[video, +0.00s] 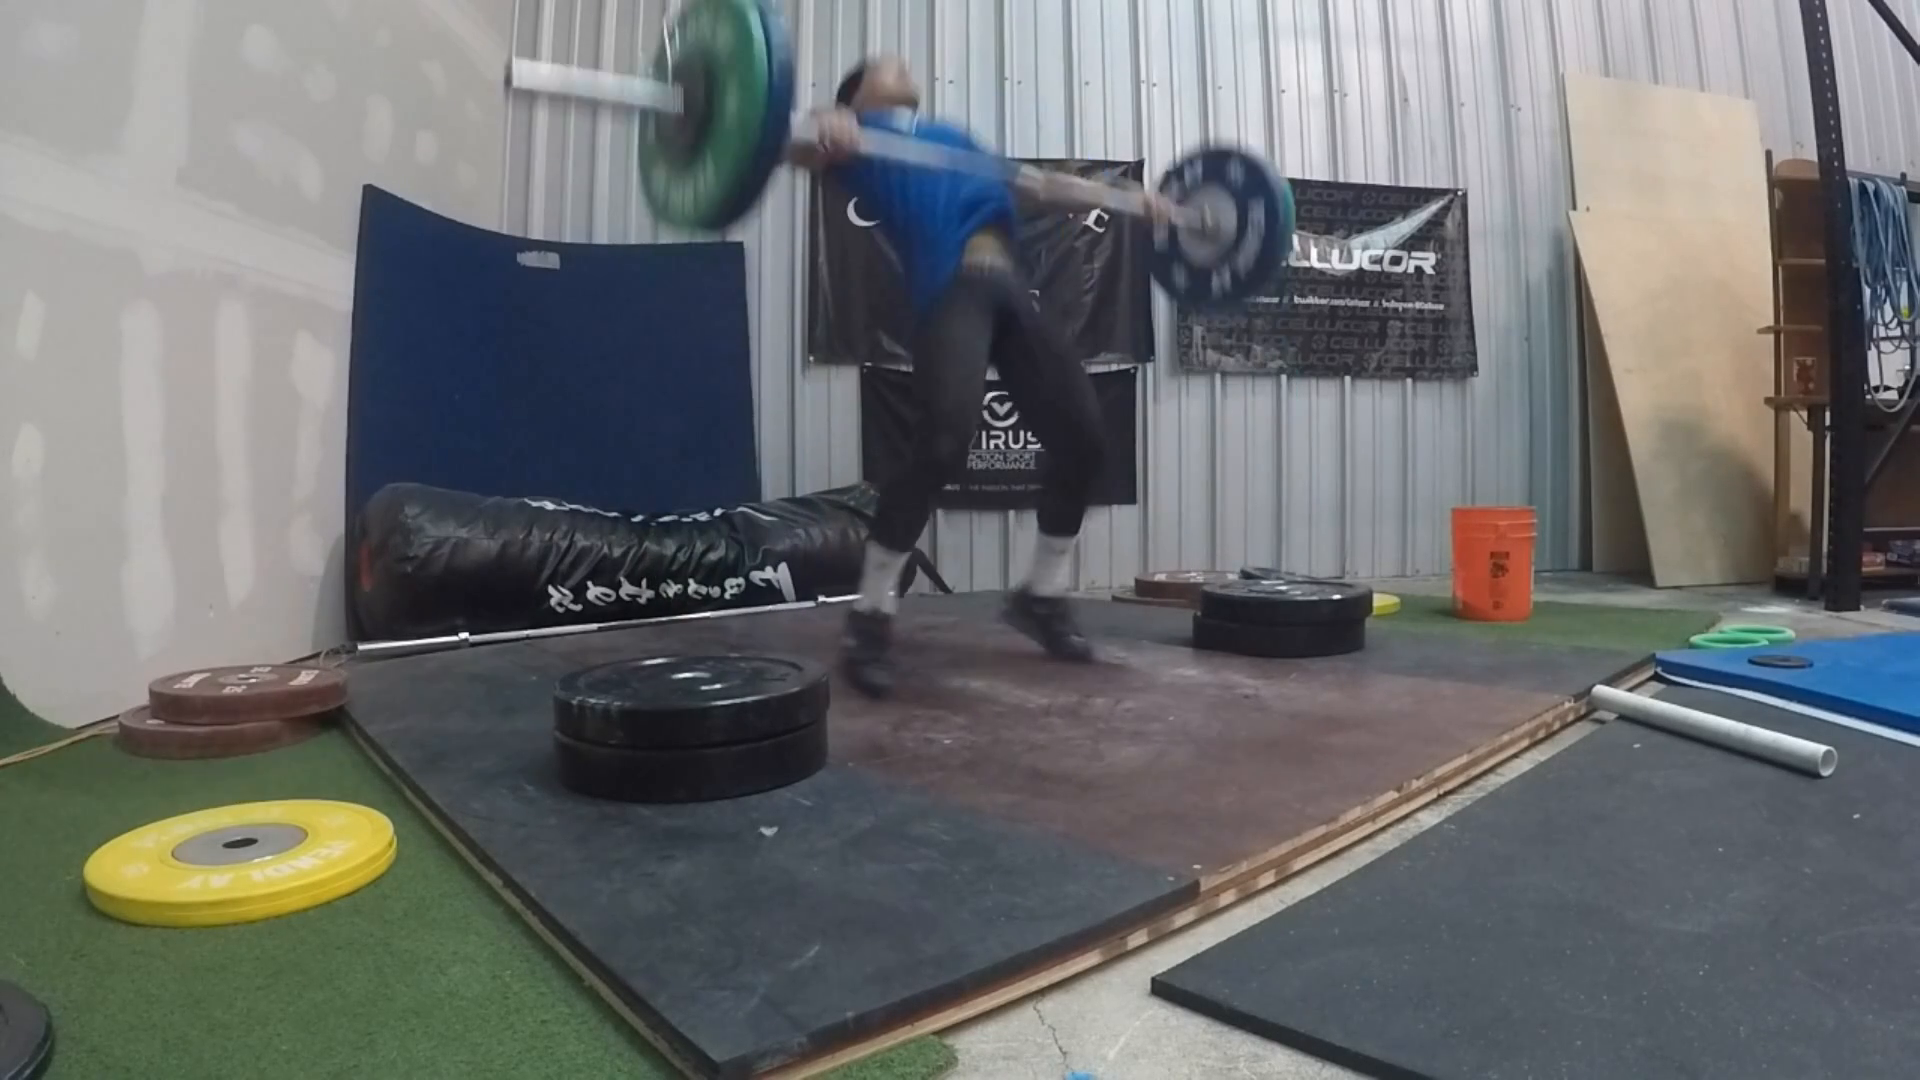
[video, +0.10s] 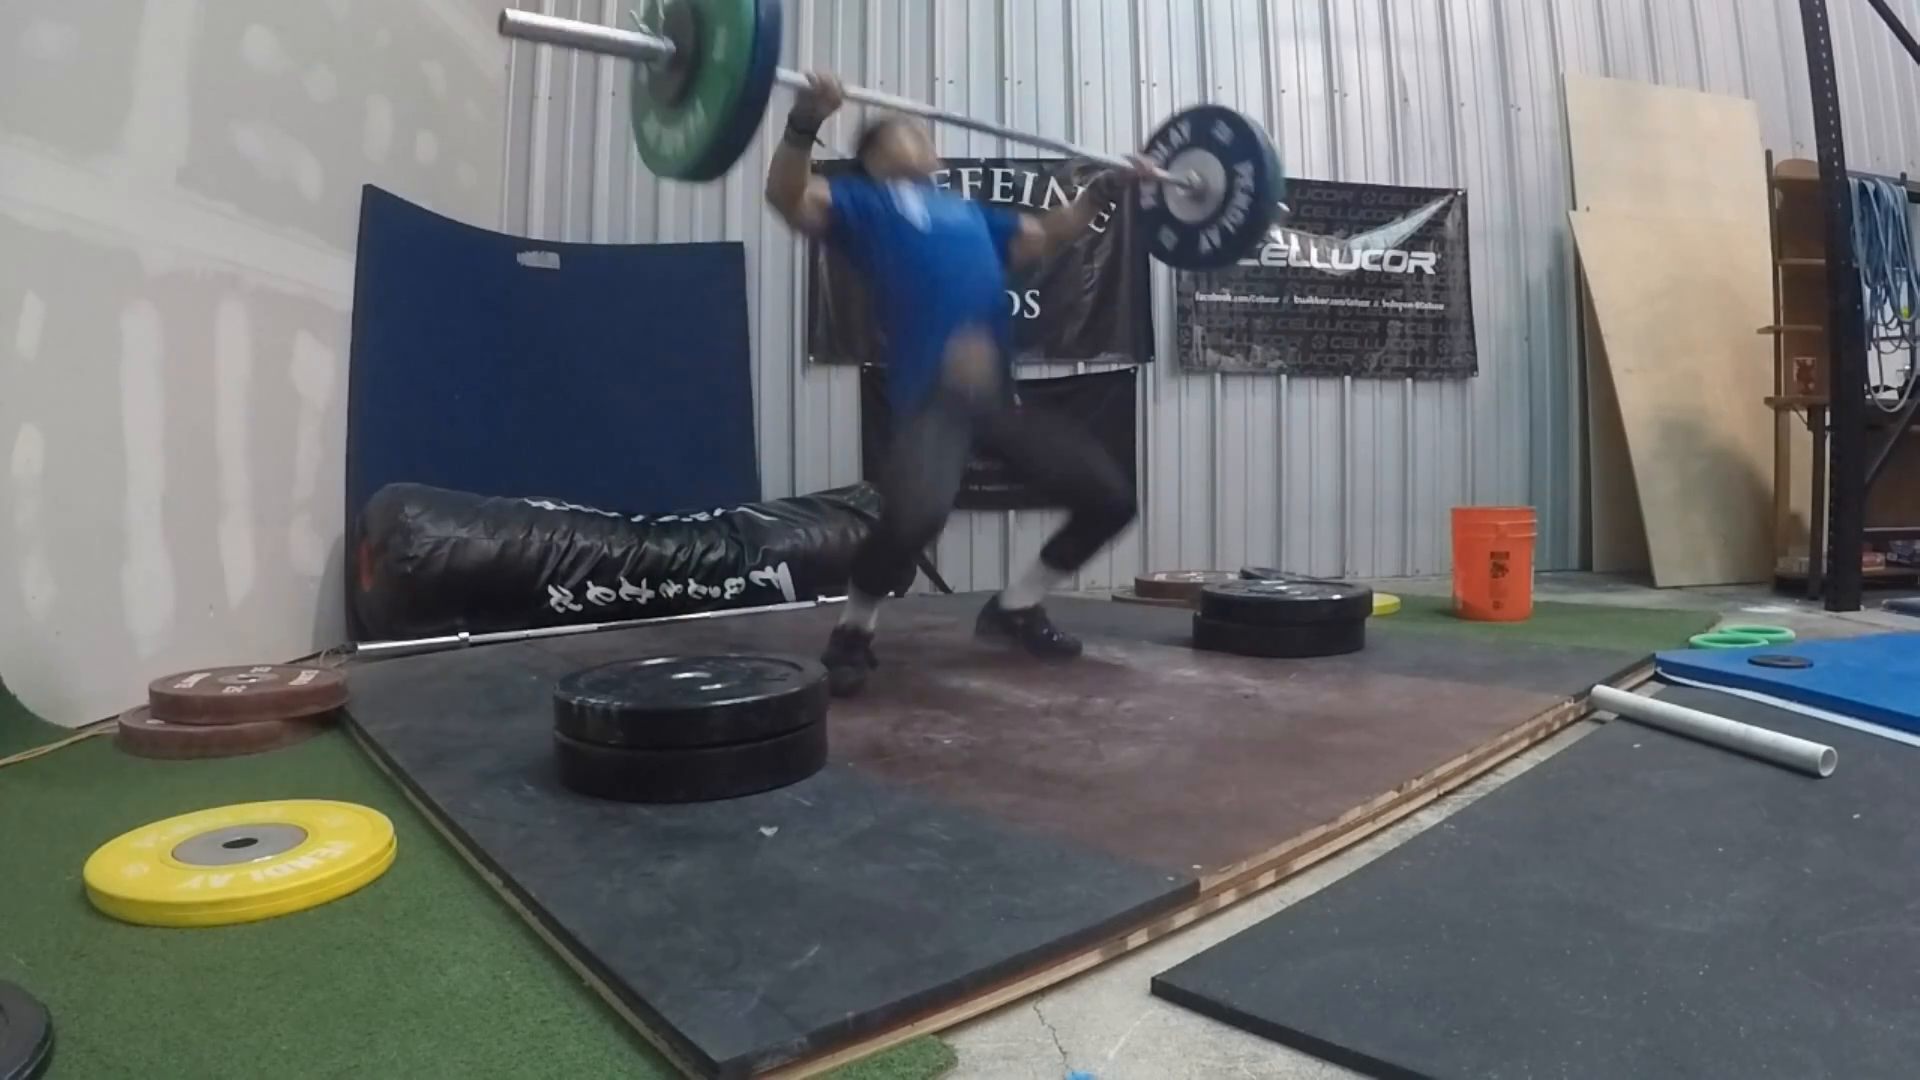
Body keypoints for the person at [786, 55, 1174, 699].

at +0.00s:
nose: (902, 72)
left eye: (904, 67)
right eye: (886, 68)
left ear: (915, 87)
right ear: (858, 92)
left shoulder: (953, 136)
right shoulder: (859, 130)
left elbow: (1038, 185)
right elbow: (797, 146)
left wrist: (1134, 200)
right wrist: (824, 127)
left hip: (1009, 292)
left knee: (1080, 441)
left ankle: (1041, 595)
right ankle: (871, 615)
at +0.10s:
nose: (914, 139)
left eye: (920, 133)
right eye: (898, 133)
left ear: (932, 155)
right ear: (873, 155)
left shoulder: (971, 213)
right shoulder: (865, 201)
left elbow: (1043, 237)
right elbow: (786, 197)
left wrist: (1108, 187)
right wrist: (804, 123)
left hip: (998, 404)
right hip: (926, 406)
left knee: (1110, 499)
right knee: (916, 517)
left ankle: (1016, 605)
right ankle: (854, 631)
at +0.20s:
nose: (987, 226)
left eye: (988, 216)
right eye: (969, 216)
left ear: (994, 229)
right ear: (931, 232)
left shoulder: (1006, 288)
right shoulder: (898, 288)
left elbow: (1077, 259)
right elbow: (826, 231)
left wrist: (1117, 201)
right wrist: (802, 136)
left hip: (992, 501)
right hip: (913, 502)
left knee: (1109, 516)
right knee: (910, 547)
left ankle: (1011, 611)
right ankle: (849, 634)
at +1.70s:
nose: (994, 149)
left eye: (997, 137)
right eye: (978, 135)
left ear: (996, 152)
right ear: (932, 151)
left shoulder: (999, 198)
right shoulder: (884, 196)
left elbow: (1043, 153)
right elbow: (813, 129)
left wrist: (1070, 109)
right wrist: (750, 46)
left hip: (952, 414)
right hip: (869, 409)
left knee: (1051, 484)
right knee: (896, 493)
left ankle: (1006, 616)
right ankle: (845, 632)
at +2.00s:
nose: (953, 68)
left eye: (959, 57)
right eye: (939, 52)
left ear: (962, 69)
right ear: (895, 60)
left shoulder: (959, 124)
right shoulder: (848, 112)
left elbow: (1011, 80)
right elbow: (775, 32)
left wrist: (1042, 40)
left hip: (917, 353)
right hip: (839, 345)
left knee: (981, 472)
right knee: (853, 475)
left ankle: (1001, 617)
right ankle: (827, 634)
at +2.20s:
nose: (923, 41)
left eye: (929, 29)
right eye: (910, 25)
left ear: (931, 41)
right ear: (864, 30)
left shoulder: (935, 88)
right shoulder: (820, 76)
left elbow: (988, 42)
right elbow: (762, 12)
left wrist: (1030, 6)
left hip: (910, 318)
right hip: (830, 316)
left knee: (940, 456)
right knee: (835, 458)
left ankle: (901, 588)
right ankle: (824, 627)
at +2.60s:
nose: (863, 79)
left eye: (870, 69)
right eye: (849, 67)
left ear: (874, 75)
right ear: (809, 72)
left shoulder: (887, 131)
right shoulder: (777, 126)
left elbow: (958, 106)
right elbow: (702, 82)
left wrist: (1004, 51)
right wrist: (690, 8)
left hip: (897, 331)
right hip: (824, 332)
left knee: (901, 468)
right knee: (828, 463)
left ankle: (880, 614)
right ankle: (822, 629)